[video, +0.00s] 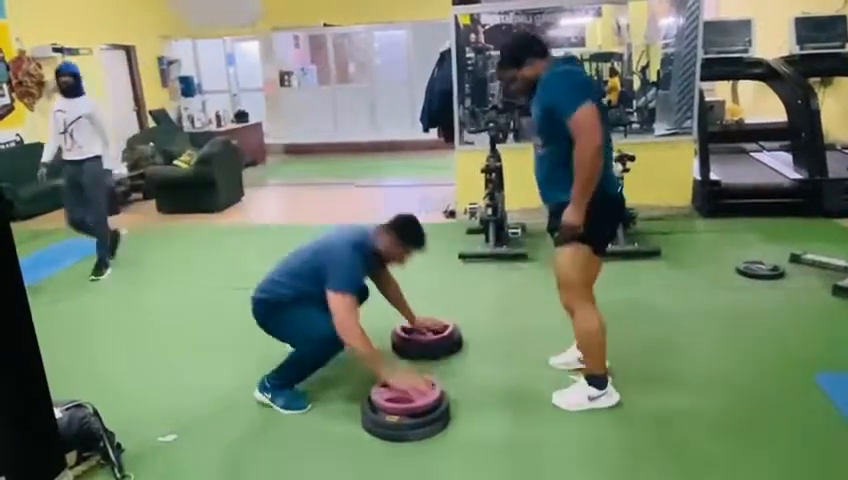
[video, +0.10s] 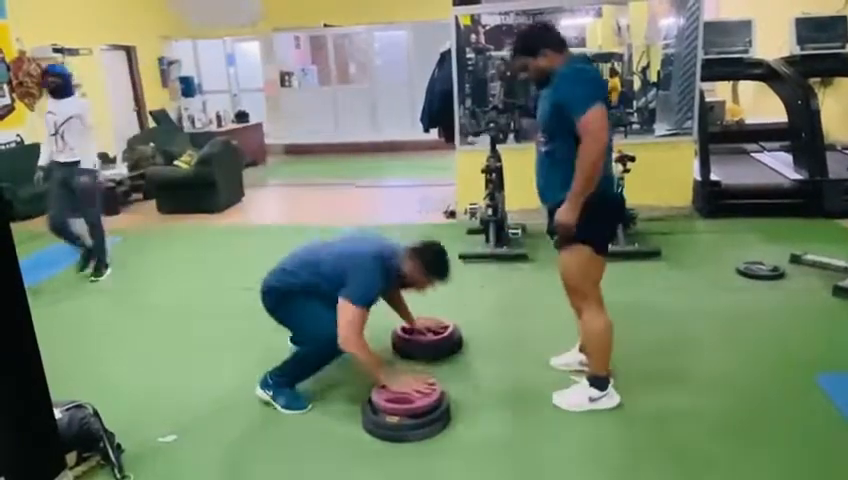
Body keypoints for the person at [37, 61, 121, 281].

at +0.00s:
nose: (65, 83)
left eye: (69, 79)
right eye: (61, 79)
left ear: (77, 80)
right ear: (57, 83)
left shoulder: (89, 105)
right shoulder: (58, 108)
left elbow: (107, 137)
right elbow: (54, 137)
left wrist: (110, 166)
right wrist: (45, 162)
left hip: (92, 162)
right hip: (70, 164)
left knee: (97, 212)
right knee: (75, 217)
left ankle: (103, 259)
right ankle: (109, 235)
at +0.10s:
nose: (50, 86)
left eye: (54, 82)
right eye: (48, 82)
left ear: (65, 82)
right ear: (46, 85)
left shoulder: (81, 105)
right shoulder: (51, 108)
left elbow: (90, 137)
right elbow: (49, 139)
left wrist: (87, 167)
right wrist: (41, 165)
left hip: (82, 166)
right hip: (59, 167)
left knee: (91, 217)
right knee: (56, 221)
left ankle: (101, 260)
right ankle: (85, 247)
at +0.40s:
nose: (4, 89)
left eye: (8, 83)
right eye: (3, 84)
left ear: (20, 85)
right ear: (7, 89)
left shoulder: (41, 110)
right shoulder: (10, 114)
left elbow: (48, 149)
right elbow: (14, 146)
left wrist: (27, 167)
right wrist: (15, 169)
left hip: (46, 175)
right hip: (23, 177)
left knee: (65, 227)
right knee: (28, 233)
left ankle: (94, 257)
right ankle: (32, 283)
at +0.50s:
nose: (1, 92)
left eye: (2, 88)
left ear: (4, 90)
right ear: (14, 88)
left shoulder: (25, 113)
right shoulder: (8, 115)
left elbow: (33, 150)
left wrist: (22, 177)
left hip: (26, 176)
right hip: (7, 178)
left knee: (43, 236)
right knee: (17, 238)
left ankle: (77, 255)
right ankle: (33, 286)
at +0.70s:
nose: (7, 88)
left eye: (6, 84)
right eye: (6, 84)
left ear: (6, 86)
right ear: (6, 87)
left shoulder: (8, 111)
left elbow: (24, 150)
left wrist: (30, 182)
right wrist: (28, 181)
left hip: (10, 173)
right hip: (7, 174)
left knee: (13, 234)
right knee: (12, 234)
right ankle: (28, 285)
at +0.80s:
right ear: (3, 106)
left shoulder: (3, 125)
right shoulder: (4, 124)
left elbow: (17, 155)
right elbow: (17, 155)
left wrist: (30, 185)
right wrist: (31, 185)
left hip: (4, 182)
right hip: (5, 182)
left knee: (8, 239)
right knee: (7, 239)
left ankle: (31, 285)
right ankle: (29, 285)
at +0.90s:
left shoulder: (2, 143)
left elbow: (8, 162)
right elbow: (9, 162)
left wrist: (22, 189)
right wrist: (22, 189)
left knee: (7, 256)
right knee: (6, 255)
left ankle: (27, 285)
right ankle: (26, 285)